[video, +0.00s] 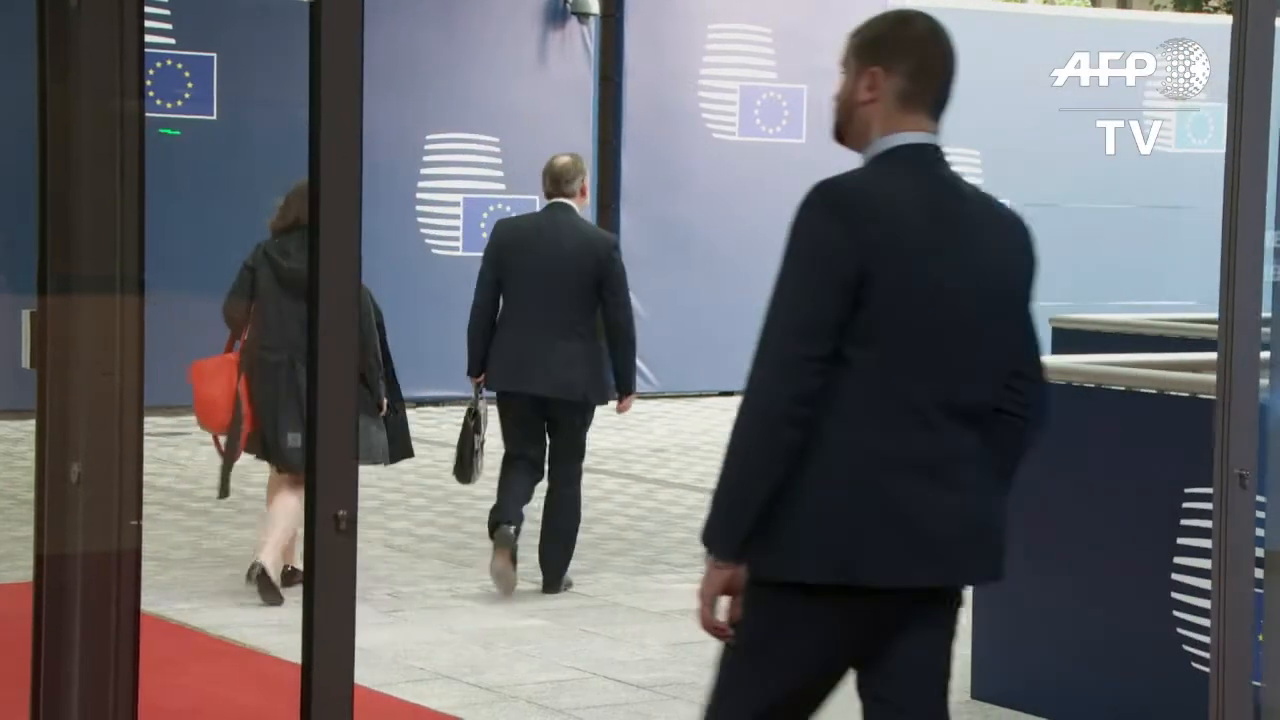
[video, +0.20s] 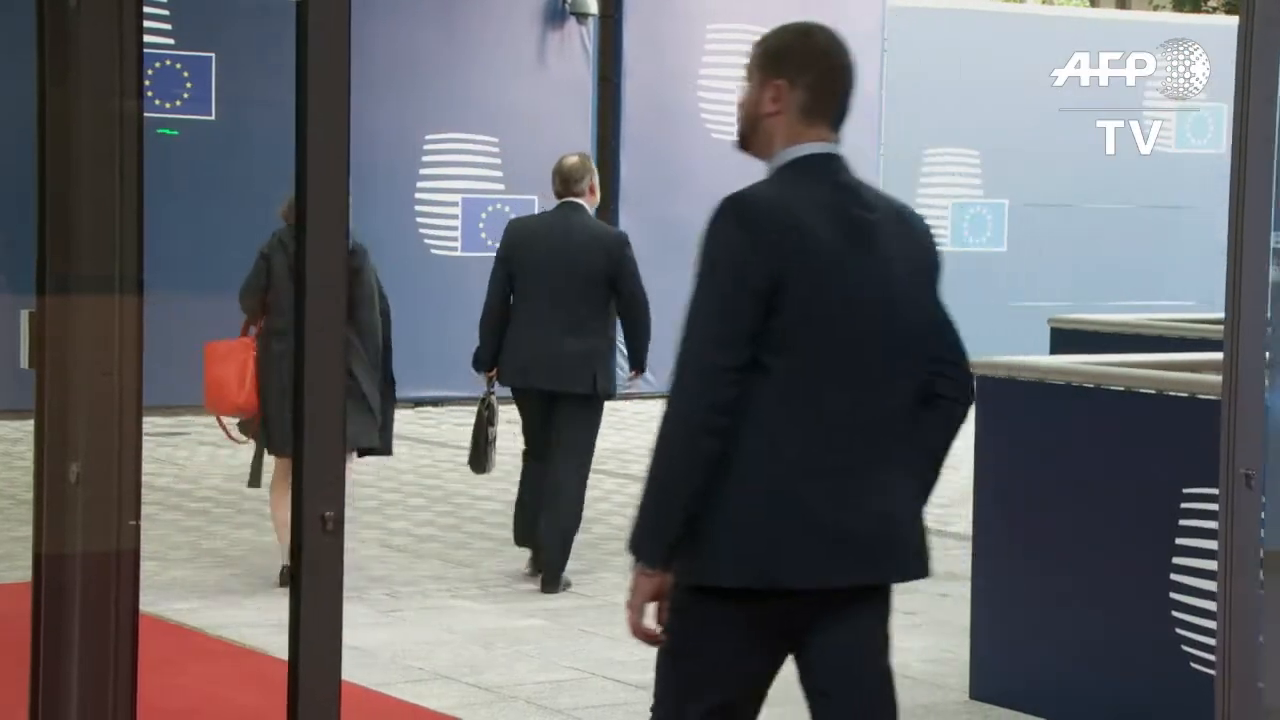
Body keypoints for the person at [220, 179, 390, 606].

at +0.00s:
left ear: (286, 212)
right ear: (328, 217)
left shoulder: (264, 256)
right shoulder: (339, 262)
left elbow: (234, 310)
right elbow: (366, 334)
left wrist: (249, 344)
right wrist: (377, 390)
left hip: (270, 374)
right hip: (321, 377)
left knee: (283, 474)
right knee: (295, 479)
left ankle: (290, 563)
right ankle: (267, 560)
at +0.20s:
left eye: (289, 208)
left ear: (292, 211)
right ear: (339, 206)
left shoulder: (278, 246)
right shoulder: (355, 252)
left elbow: (250, 303)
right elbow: (373, 325)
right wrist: (373, 380)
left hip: (286, 381)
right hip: (339, 384)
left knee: (285, 474)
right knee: (334, 475)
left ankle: (291, 560)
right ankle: (325, 562)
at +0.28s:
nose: (356, 206)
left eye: (350, 197)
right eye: (354, 199)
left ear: (306, 201)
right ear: (351, 206)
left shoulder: (284, 249)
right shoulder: (360, 257)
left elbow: (257, 301)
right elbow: (374, 328)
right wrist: (377, 381)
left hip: (286, 378)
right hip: (343, 378)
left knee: (285, 471)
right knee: (346, 464)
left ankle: (290, 558)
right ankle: (342, 547)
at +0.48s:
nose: (387, 218)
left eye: (385, 211)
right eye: (385, 212)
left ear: (341, 214)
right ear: (378, 217)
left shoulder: (315, 255)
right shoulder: (384, 265)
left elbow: (288, 309)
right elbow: (393, 331)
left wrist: (290, 377)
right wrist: (395, 388)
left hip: (314, 371)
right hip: (362, 374)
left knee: (310, 464)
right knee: (366, 463)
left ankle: (304, 546)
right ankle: (366, 541)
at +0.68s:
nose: (428, 211)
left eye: (426, 204)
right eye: (425, 205)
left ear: (378, 208)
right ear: (418, 211)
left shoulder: (352, 256)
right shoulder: (427, 260)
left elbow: (335, 318)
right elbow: (444, 331)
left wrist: (333, 376)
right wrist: (448, 389)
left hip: (359, 368)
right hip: (409, 370)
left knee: (364, 452)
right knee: (395, 461)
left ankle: (342, 508)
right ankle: (382, 544)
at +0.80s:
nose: (446, 210)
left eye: (444, 203)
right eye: (444, 204)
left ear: (400, 204)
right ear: (436, 209)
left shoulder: (378, 248)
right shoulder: (449, 255)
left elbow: (351, 298)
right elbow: (462, 314)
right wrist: (469, 369)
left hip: (386, 361)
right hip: (433, 363)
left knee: (397, 444)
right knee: (419, 442)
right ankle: (396, 534)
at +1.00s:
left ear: (431, 218)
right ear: (465, 224)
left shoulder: (417, 252)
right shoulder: (475, 258)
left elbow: (387, 304)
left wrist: (401, 325)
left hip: (423, 361)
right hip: (463, 364)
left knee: (426, 451)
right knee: (431, 451)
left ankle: (403, 531)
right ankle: (407, 534)